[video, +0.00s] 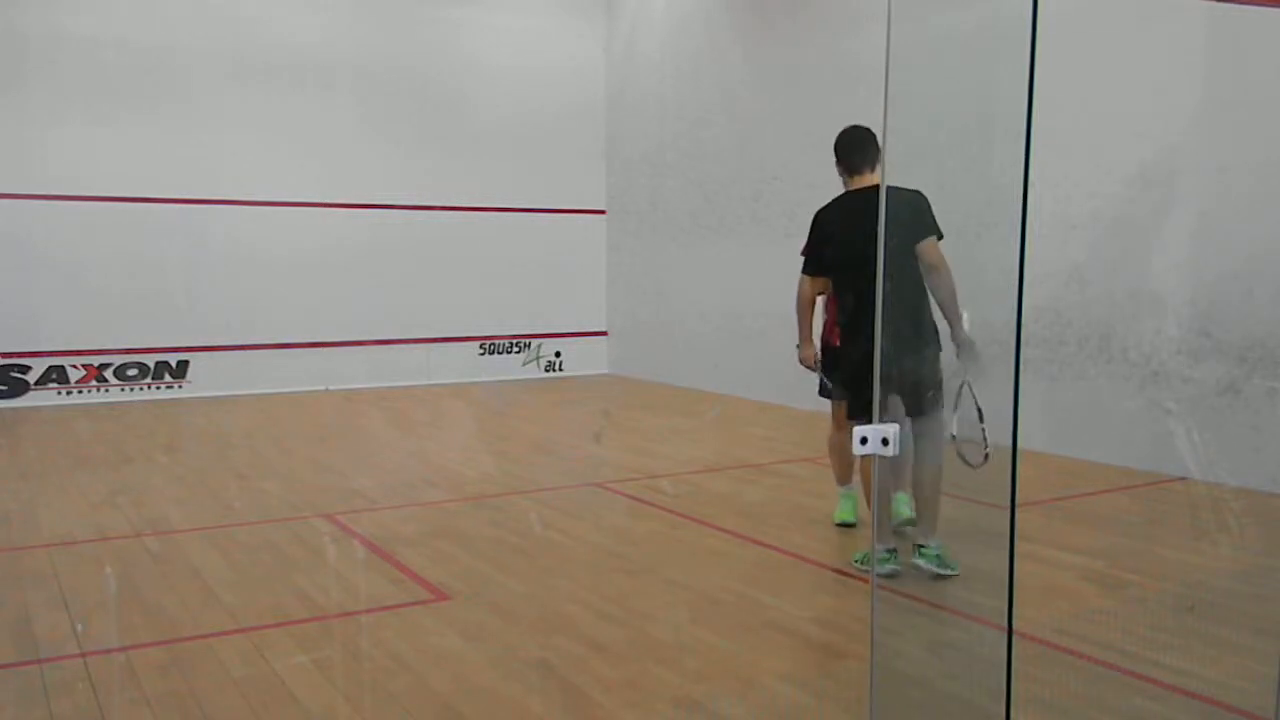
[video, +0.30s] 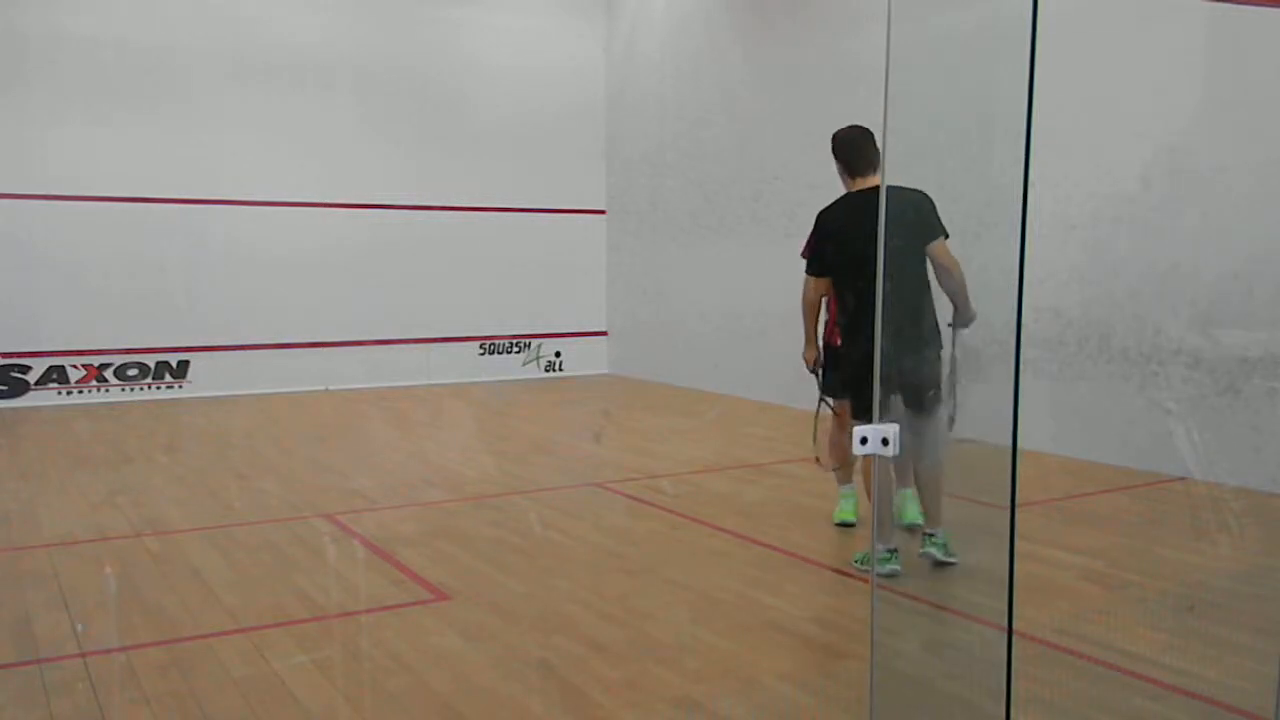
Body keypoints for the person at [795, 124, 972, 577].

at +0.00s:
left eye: (837, 164)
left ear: (838, 166)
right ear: (879, 158)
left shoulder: (828, 218)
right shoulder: (911, 202)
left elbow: (808, 289)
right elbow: (934, 265)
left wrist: (805, 341)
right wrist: (957, 328)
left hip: (862, 352)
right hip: (915, 347)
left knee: (876, 442)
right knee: (929, 437)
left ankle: (883, 548)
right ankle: (927, 542)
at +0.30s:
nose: (841, 169)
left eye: (838, 164)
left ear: (839, 167)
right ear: (878, 158)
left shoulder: (831, 220)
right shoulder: (915, 202)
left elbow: (813, 294)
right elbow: (947, 267)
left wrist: (810, 342)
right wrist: (964, 311)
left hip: (863, 351)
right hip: (917, 346)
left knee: (875, 446)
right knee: (926, 440)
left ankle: (885, 549)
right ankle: (934, 535)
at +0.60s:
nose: (854, 172)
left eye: (853, 166)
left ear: (856, 167)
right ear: (895, 157)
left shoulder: (848, 217)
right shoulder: (933, 203)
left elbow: (831, 283)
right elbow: (968, 263)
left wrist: (824, 333)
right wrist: (975, 315)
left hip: (879, 346)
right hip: (931, 341)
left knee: (882, 446)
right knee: (938, 432)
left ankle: (885, 550)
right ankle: (956, 532)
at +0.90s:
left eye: (907, 161)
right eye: (937, 160)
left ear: (900, 164)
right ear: (943, 163)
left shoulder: (885, 213)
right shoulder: (970, 210)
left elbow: (858, 276)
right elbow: (997, 273)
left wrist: (845, 325)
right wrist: (1001, 330)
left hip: (900, 344)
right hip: (956, 344)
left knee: (891, 441)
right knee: (957, 441)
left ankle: (884, 547)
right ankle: (966, 544)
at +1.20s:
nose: (943, 166)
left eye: (939, 158)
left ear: (936, 161)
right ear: (977, 163)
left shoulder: (916, 207)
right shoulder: (996, 212)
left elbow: (887, 272)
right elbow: (1029, 279)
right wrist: (1021, 338)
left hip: (923, 339)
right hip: (976, 342)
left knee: (912, 437)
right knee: (968, 438)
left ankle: (916, 548)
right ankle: (967, 547)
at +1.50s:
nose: (934, 155)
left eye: (937, 148)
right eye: (940, 148)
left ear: (941, 152)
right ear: (980, 157)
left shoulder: (937, 204)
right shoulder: (1002, 213)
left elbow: (925, 265)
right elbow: (1025, 282)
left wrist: (900, 289)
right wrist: (1010, 332)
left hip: (945, 345)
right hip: (984, 347)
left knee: (938, 442)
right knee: (968, 442)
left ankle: (969, 561)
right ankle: (965, 547)